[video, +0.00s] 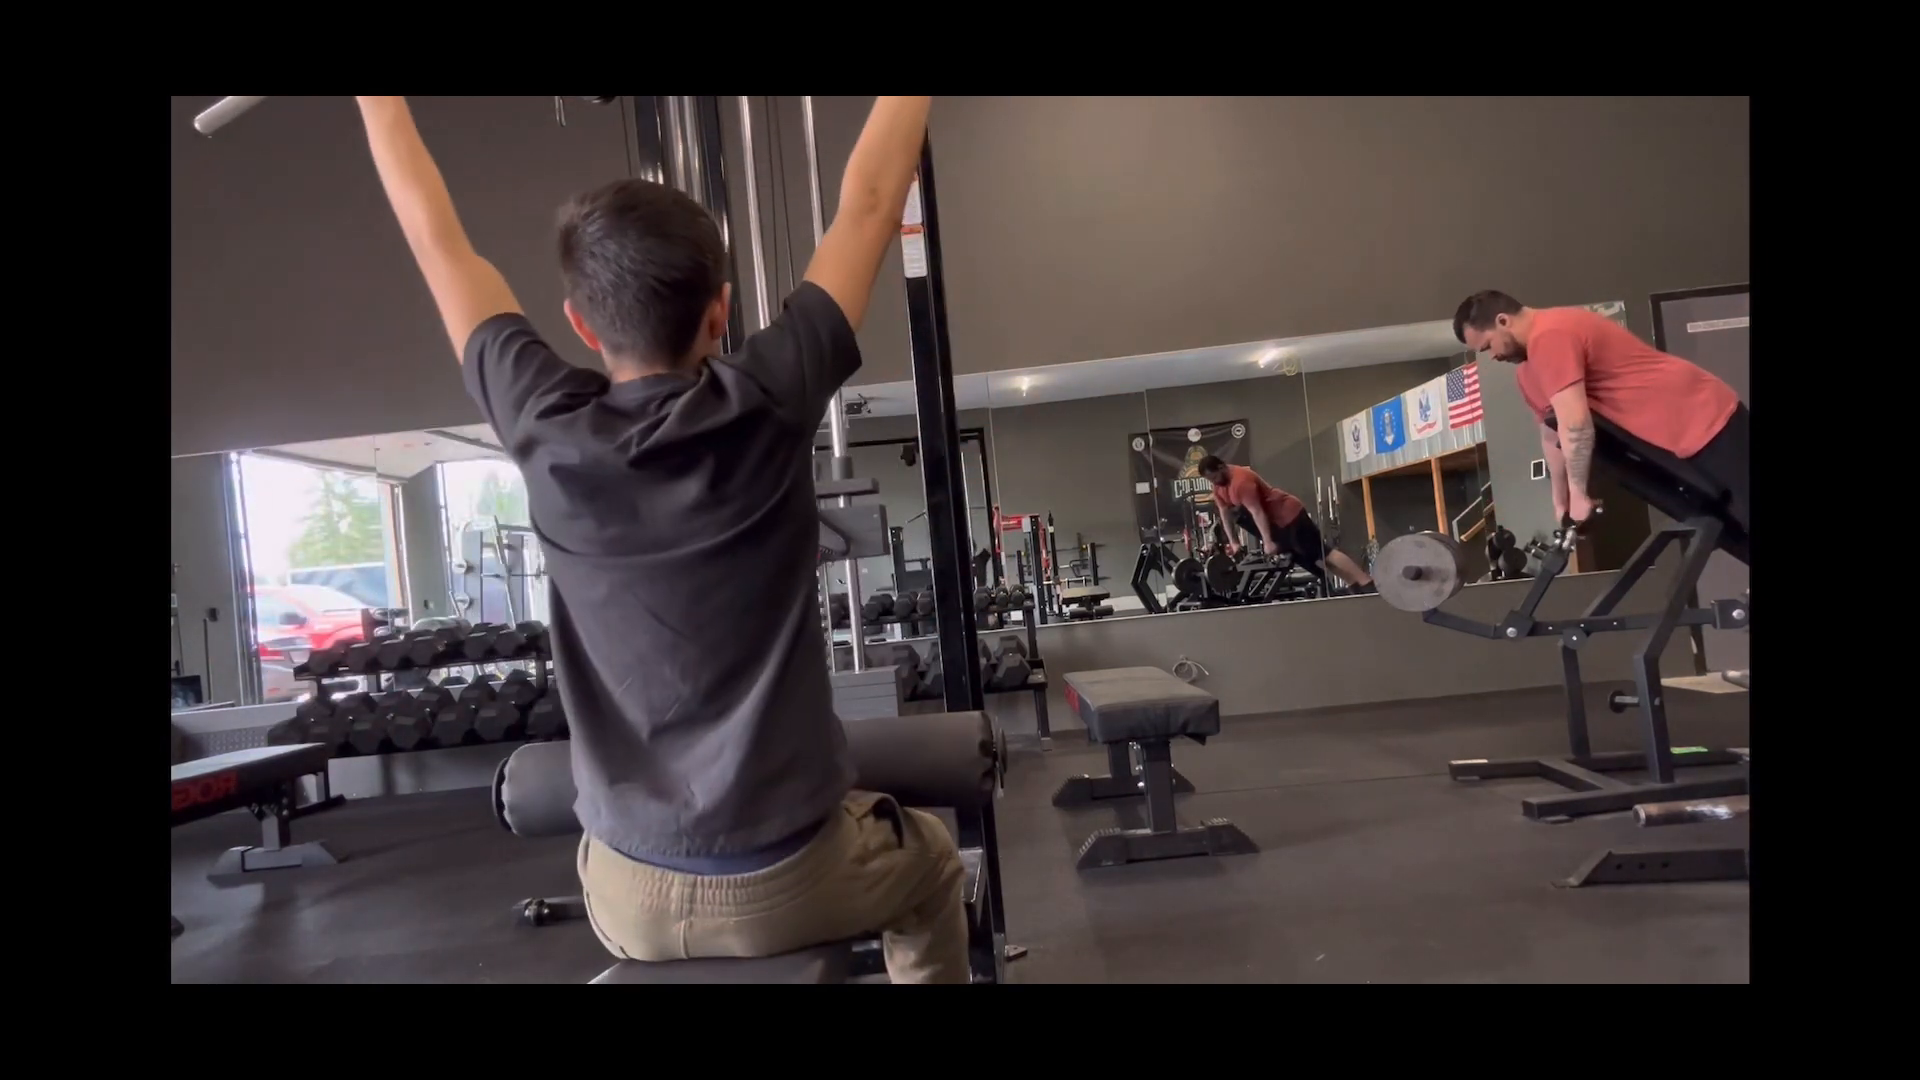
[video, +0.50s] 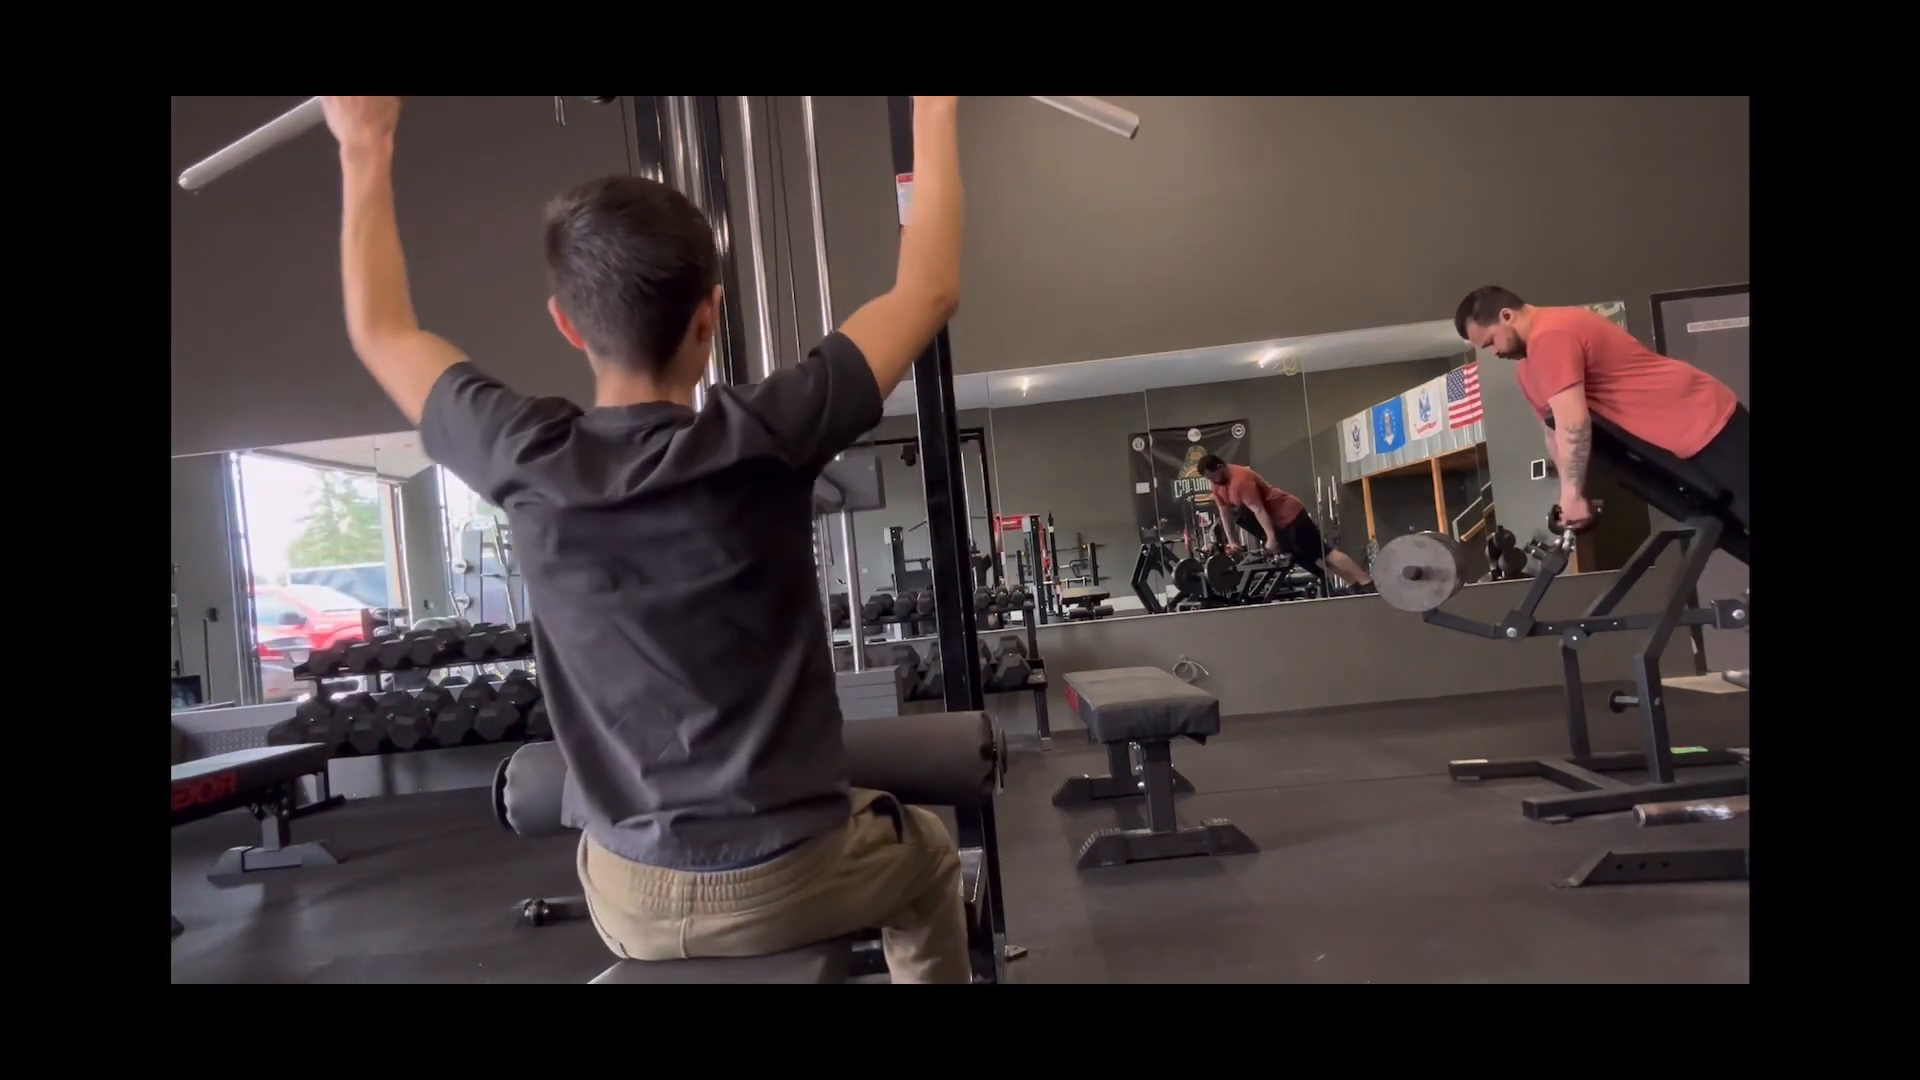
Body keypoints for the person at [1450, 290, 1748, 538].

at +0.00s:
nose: (1492, 356)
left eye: (1487, 346)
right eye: (1483, 351)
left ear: (1503, 320)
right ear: (1502, 323)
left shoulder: (1549, 336)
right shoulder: (1526, 371)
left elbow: (1578, 427)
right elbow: (1553, 436)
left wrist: (1578, 494)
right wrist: (1561, 500)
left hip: (1706, 420)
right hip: (1677, 444)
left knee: (1744, 521)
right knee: (1730, 531)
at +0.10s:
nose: (1494, 355)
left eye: (1489, 345)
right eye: (1486, 350)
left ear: (1505, 319)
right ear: (1504, 321)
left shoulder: (1549, 335)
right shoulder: (1528, 370)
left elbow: (1576, 424)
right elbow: (1552, 434)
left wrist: (1572, 492)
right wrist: (1563, 494)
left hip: (1708, 422)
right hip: (1678, 445)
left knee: (1745, 522)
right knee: (1732, 533)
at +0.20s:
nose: (1494, 354)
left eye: (1490, 343)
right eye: (1486, 349)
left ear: (1506, 317)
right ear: (1506, 320)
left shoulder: (1549, 334)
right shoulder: (1529, 370)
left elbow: (1575, 424)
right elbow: (1553, 432)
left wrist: (1571, 494)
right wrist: (1570, 492)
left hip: (1708, 423)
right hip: (1679, 446)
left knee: (1745, 522)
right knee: (1732, 533)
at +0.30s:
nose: (1495, 353)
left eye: (1490, 343)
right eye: (1487, 348)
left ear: (1507, 317)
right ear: (1506, 319)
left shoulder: (1548, 335)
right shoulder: (1528, 367)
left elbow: (1575, 424)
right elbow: (1555, 429)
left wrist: (1572, 495)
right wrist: (1572, 490)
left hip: (1708, 424)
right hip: (1677, 446)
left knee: (1745, 522)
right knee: (1733, 534)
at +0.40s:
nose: (1494, 352)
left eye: (1490, 342)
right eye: (1486, 348)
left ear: (1508, 315)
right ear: (1506, 317)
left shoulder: (1549, 336)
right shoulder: (1527, 365)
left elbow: (1575, 426)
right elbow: (1555, 431)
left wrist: (1572, 495)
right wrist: (1573, 493)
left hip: (1707, 424)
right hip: (1676, 447)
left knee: (1746, 519)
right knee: (1734, 534)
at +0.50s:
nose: (1493, 353)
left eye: (1489, 342)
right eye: (1485, 348)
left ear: (1507, 316)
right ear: (1505, 318)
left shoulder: (1549, 336)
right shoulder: (1526, 368)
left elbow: (1576, 425)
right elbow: (1555, 432)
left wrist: (1573, 494)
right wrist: (1571, 494)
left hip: (1706, 425)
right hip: (1673, 450)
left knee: (1746, 519)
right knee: (1734, 536)